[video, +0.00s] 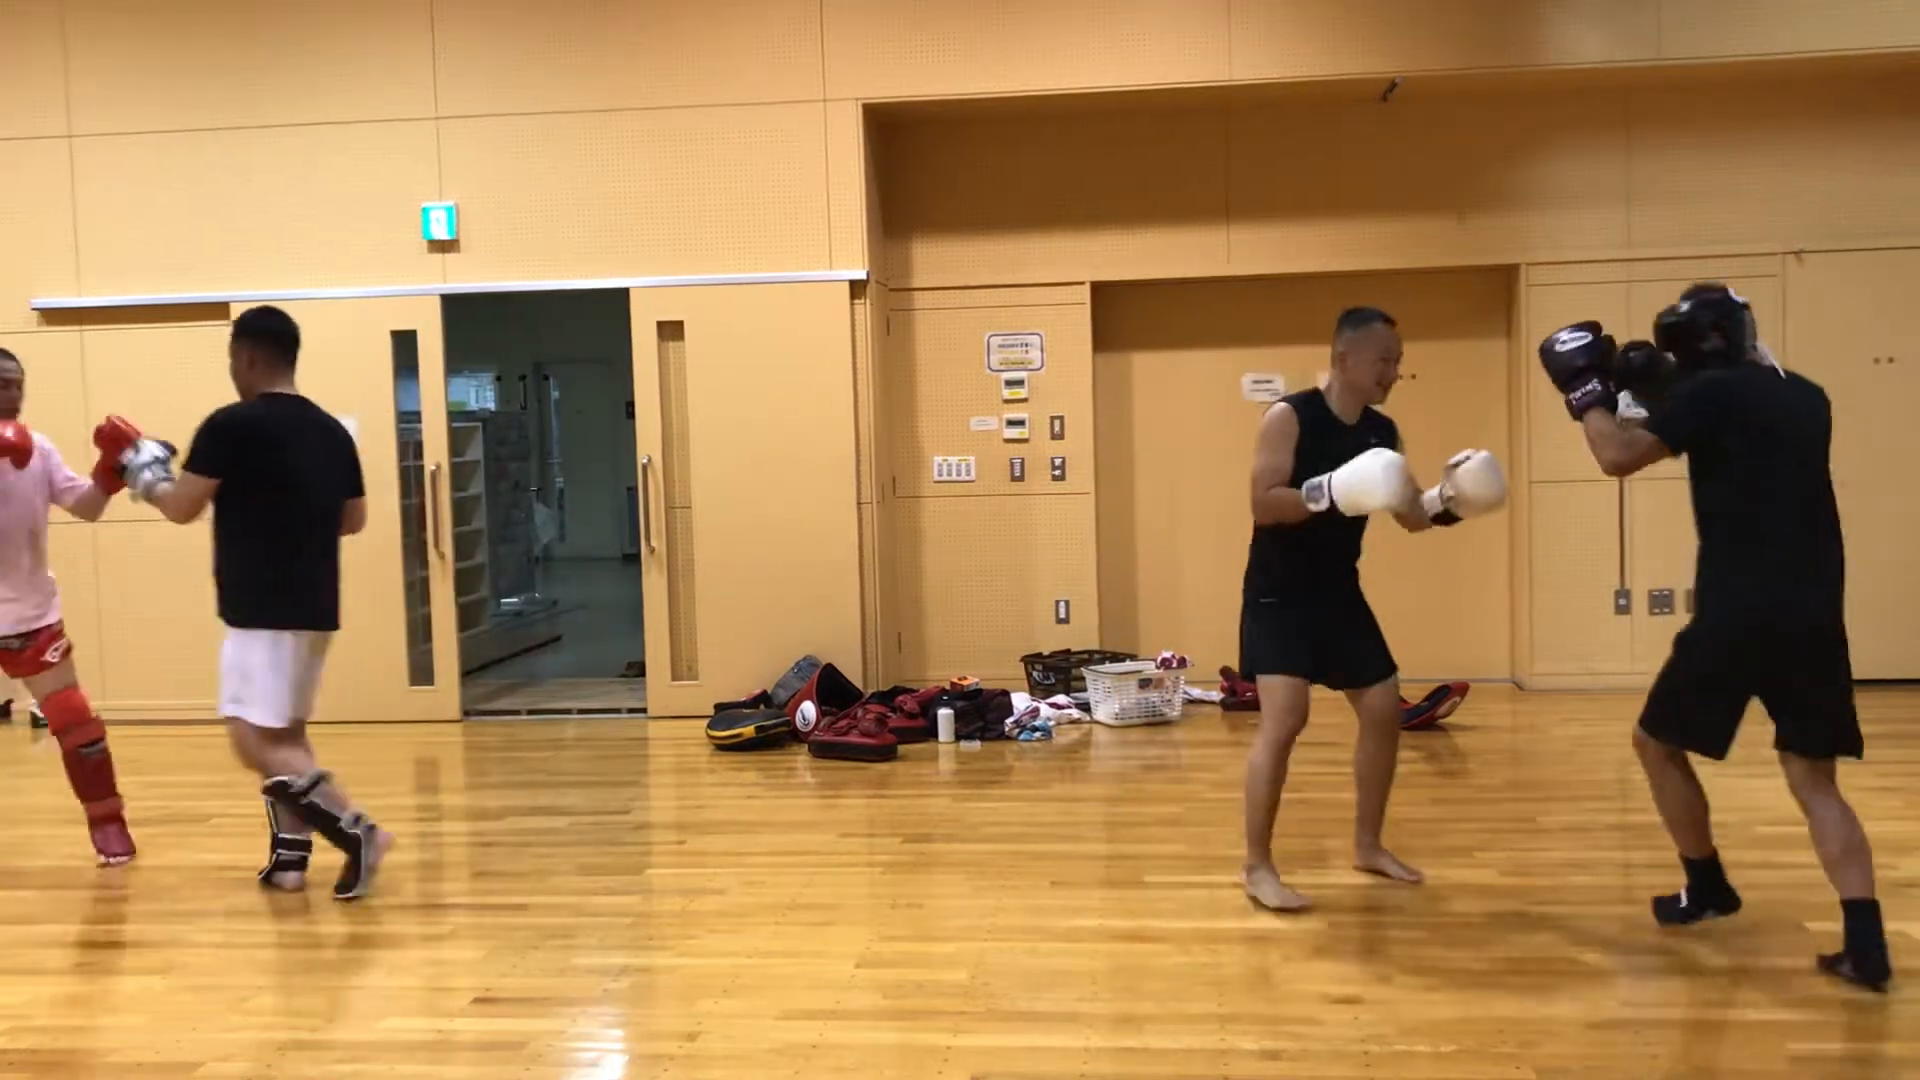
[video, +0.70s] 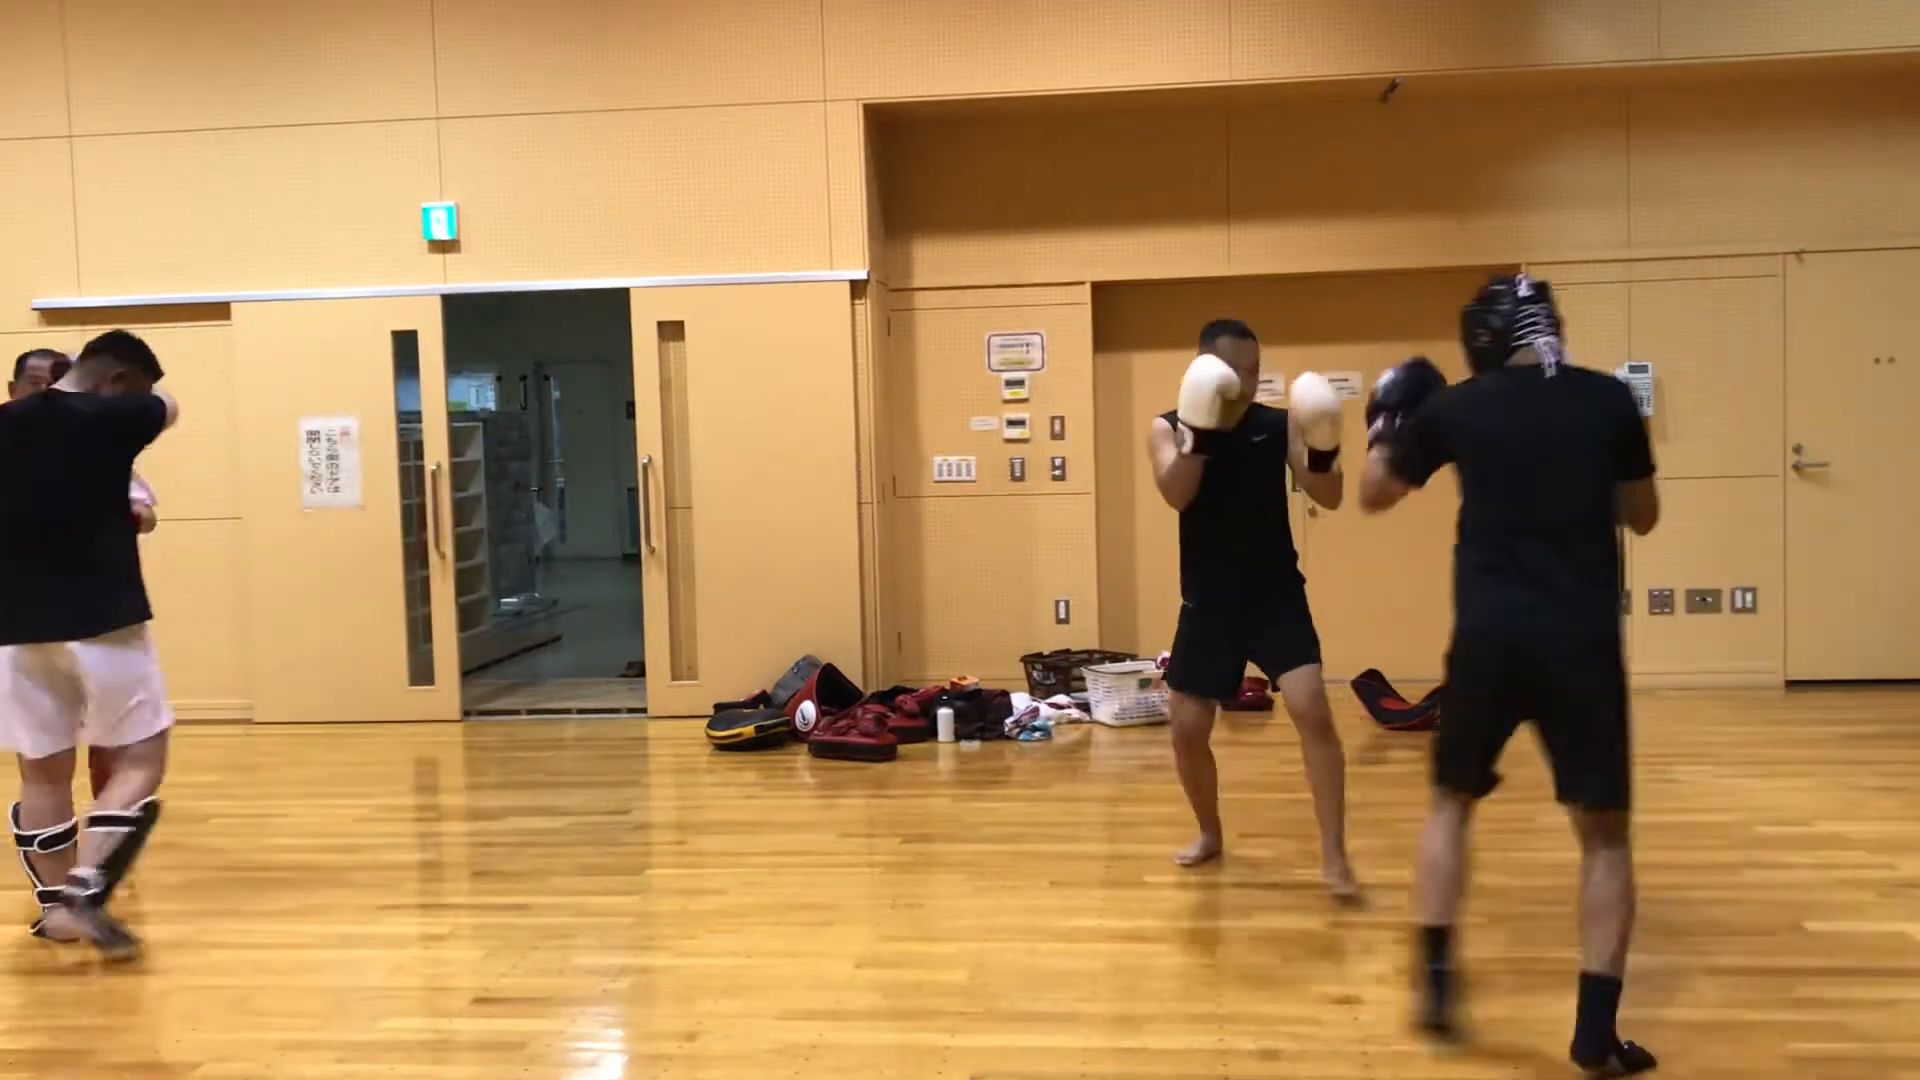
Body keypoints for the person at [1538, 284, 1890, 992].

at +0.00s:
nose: (1679, 365)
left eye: (1679, 352)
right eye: (1673, 354)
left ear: (1696, 349)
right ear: (1746, 337)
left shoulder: (1707, 394)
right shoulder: (1809, 397)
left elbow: (1615, 454)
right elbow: (1747, 404)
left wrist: (1584, 389)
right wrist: (1667, 387)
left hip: (1734, 618)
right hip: (1813, 619)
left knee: (1656, 741)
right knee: (1815, 778)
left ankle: (1706, 887)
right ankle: (1867, 947)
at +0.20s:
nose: (1652, 358)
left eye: (1652, 347)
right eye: (1653, 348)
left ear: (1666, 344)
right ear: (1727, 326)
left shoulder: (1676, 396)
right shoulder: (1804, 391)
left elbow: (1609, 499)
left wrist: (1592, 434)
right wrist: (1660, 400)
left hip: (1704, 625)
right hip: (1797, 626)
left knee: (1630, 765)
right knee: (1827, 794)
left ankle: (1628, 932)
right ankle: (1878, 981)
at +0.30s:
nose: (1629, 378)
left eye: (1630, 367)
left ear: (1643, 367)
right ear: (1710, 347)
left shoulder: (1644, 434)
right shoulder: (1783, 417)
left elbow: (1590, 546)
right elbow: (1797, 521)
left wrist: (1571, 473)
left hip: (1681, 663)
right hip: (1778, 660)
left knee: (1607, 807)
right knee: (1821, 823)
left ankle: (1579, 969)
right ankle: (1877, 996)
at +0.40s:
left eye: (1606, 359)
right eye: (1690, 339)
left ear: (1615, 362)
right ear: (1688, 349)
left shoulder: (1604, 429)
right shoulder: (1752, 413)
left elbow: (1540, 536)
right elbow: (1785, 525)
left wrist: (1532, 466)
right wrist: (1728, 473)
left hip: (1645, 662)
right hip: (1744, 660)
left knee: (1589, 824)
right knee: (1802, 815)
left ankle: (1569, 1000)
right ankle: (1872, 1000)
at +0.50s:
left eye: (1557, 346)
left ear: (1567, 347)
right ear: (1638, 338)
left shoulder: (1546, 409)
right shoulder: (1696, 401)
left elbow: (1449, 477)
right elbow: (1733, 513)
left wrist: (1446, 414)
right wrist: (1664, 476)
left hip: (1589, 654)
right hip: (1689, 651)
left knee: (1557, 821)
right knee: (1754, 810)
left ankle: (1565, 1008)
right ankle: (1808, 998)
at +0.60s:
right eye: (1586, 312)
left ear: (1520, 333)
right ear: (1592, 325)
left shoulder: (1499, 391)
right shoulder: (1653, 385)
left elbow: (1410, 443)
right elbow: (1679, 501)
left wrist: (1394, 389)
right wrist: (1616, 454)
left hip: (1542, 634)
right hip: (1640, 634)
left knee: (1519, 807)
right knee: (1673, 808)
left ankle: (1552, 995)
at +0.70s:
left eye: (1471, 339)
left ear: (1480, 341)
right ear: (1551, 332)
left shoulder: (1461, 405)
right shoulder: (1608, 400)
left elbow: (1374, 493)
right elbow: (1642, 514)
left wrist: (1385, 417)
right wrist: (1592, 457)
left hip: (1487, 644)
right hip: (1583, 648)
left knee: (1451, 802)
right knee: (1604, 835)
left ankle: (1435, 987)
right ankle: (1596, 1034)